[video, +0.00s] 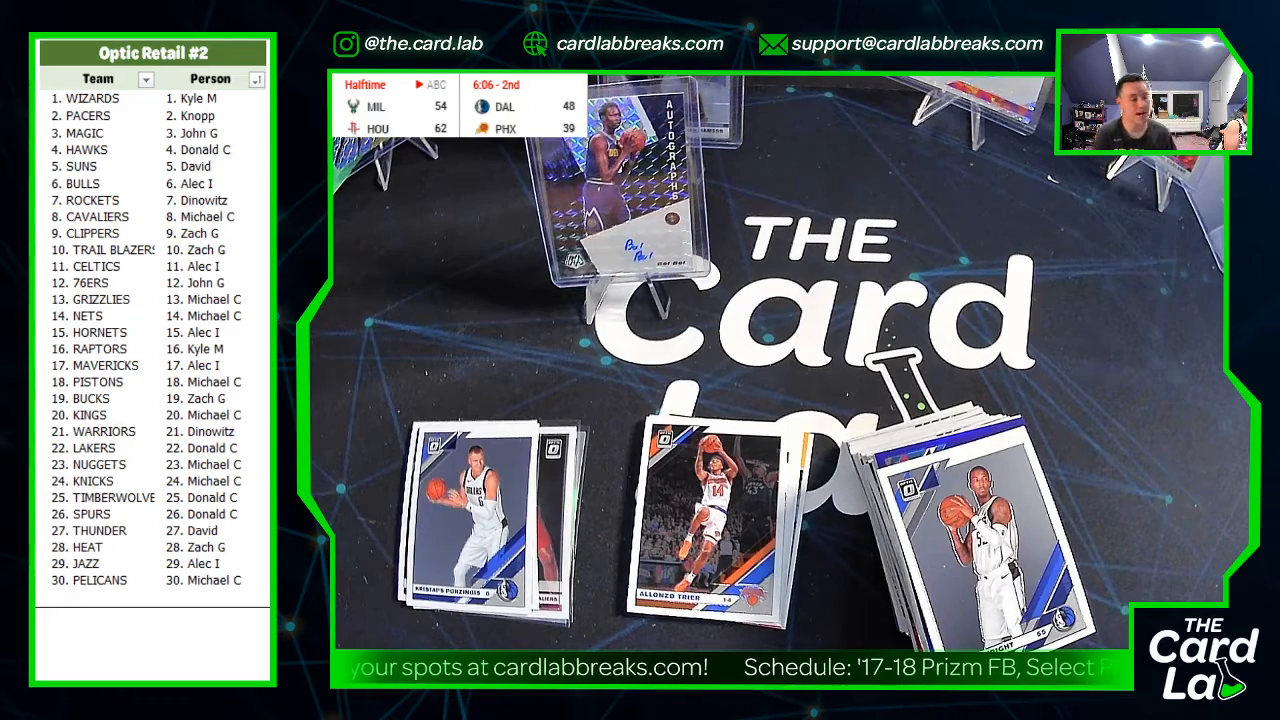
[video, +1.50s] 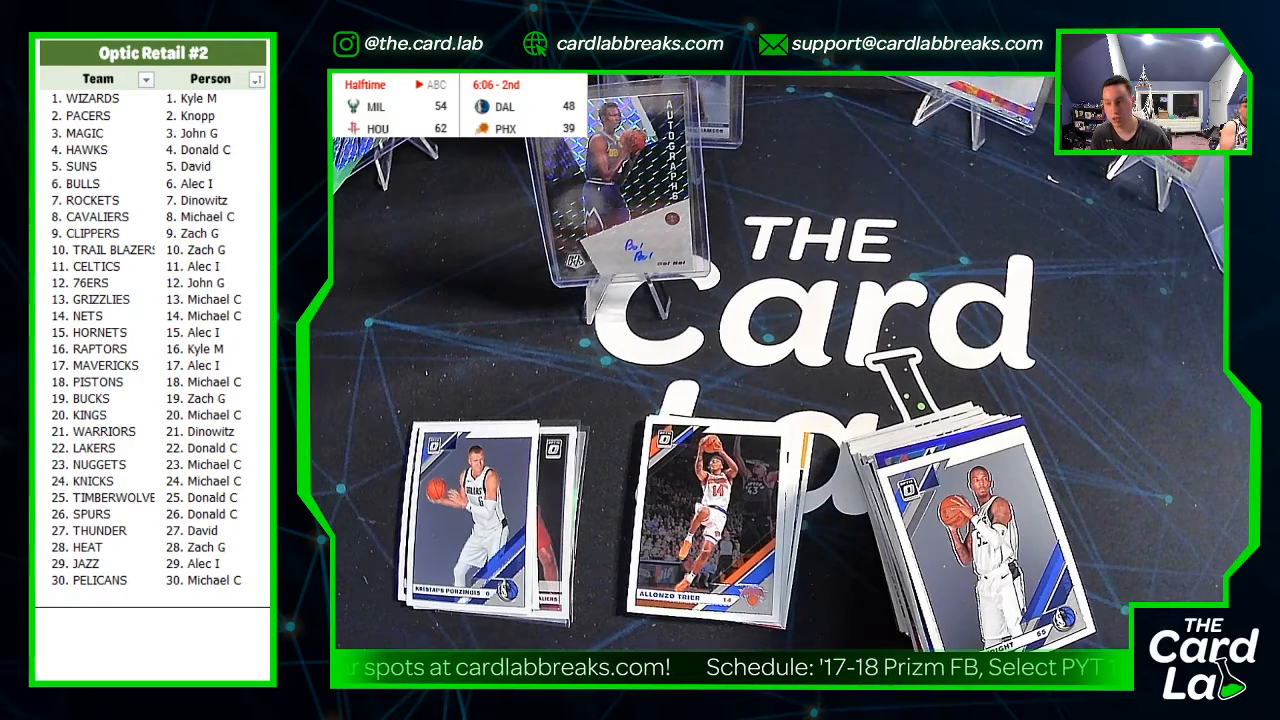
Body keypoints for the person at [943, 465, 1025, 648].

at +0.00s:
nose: (980, 483)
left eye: (984, 479)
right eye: (976, 480)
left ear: (990, 482)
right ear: (970, 485)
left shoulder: (1000, 504)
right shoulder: (975, 518)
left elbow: (998, 539)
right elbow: (965, 559)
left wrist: (973, 517)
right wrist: (953, 531)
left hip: (1007, 579)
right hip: (985, 584)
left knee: (1018, 633)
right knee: (992, 640)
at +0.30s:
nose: (980, 483)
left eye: (984, 479)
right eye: (976, 480)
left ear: (990, 482)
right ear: (970, 485)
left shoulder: (1000, 504)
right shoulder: (975, 518)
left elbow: (998, 539)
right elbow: (965, 559)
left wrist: (973, 517)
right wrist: (953, 531)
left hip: (1007, 579)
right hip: (985, 584)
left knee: (1018, 633)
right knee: (992, 640)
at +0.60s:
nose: (980, 483)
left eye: (984, 479)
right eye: (976, 480)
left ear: (990, 481)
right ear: (970, 485)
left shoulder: (1000, 504)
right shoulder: (975, 517)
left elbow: (998, 539)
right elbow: (965, 559)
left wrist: (973, 517)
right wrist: (953, 530)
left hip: (1007, 579)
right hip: (985, 584)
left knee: (1018, 632)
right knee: (992, 639)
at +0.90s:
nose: (980, 483)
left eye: (984, 479)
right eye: (976, 480)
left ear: (990, 482)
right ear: (970, 485)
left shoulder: (1000, 504)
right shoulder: (975, 518)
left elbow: (997, 538)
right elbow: (965, 559)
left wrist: (973, 516)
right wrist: (953, 530)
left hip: (1007, 579)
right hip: (985, 584)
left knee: (1018, 632)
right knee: (992, 639)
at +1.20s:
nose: (981, 483)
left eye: (984, 479)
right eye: (976, 480)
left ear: (990, 481)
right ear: (970, 485)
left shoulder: (1000, 504)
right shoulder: (975, 517)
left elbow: (997, 539)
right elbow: (965, 559)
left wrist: (973, 517)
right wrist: (953, 530)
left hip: (1007, 579)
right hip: (985, 585)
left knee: (1018, 633)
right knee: (992, 639)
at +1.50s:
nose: (980, 483)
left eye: (984, 479)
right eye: (976, 480)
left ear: (990, 482)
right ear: (970, 485)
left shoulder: (1000, 504)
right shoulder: (975, 518)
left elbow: (997, 539)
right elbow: (965, 559)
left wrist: (973, 517)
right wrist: (953, 530)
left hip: (1007, 579)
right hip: (985, 585)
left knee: (1018, 633)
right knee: (992, 640)